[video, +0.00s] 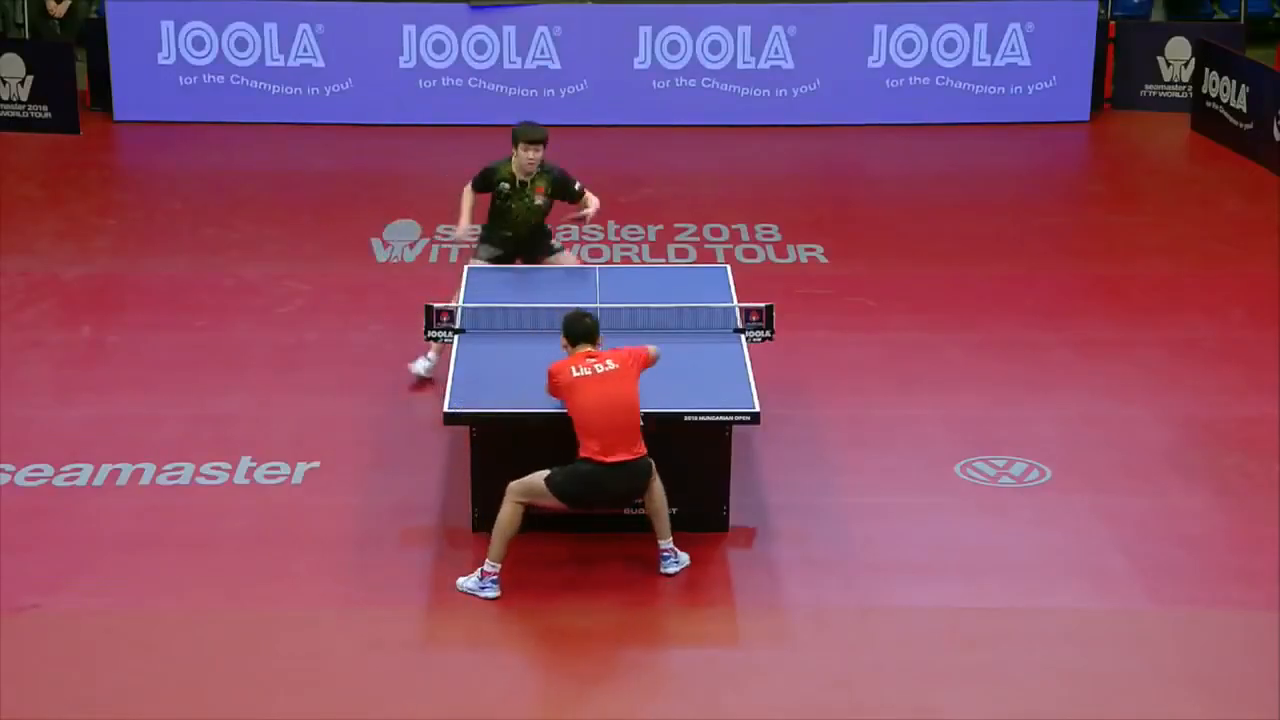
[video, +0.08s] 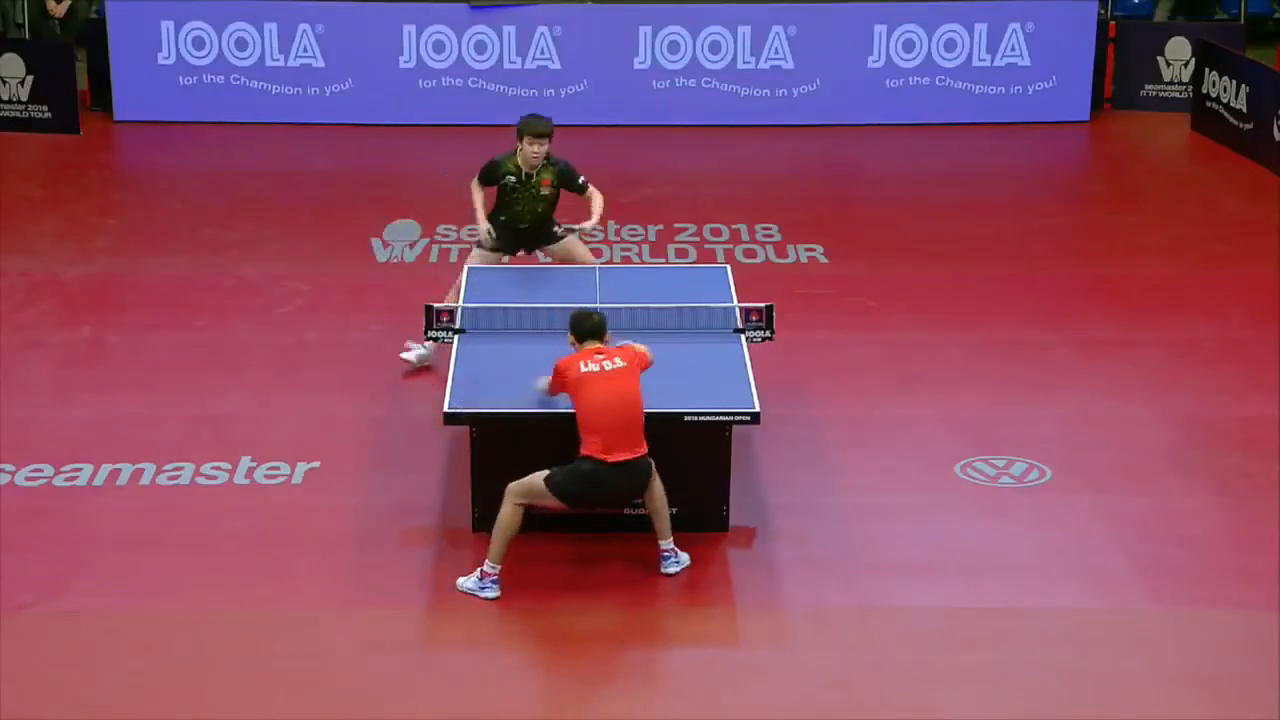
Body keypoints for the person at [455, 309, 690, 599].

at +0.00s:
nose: (560, 344)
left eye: (561, 339)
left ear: (565, 343)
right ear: (599, 338)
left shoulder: (560, 371)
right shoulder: (626, 358)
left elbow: (555, 393)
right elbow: (654, 353)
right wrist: (618, 359)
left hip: (589, 476)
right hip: (635, 474)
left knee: (516, 491)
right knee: (649, 470)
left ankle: (487, 576)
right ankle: (669, 554)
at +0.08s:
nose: (569, 341)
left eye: (570, 336)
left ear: (573, 339)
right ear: (607, 336)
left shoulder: (568, 365)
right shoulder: (629, 356)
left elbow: (550, 390)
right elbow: (649, 356)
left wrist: (547, 382)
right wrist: (629, 347)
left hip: (591, 474)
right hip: (635, 473)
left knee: (515, 492)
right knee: (649, 470)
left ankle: (487, 576)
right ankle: (669, 554)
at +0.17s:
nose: (570, 317)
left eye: (570, 312)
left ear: (572, 316)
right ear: (605, 313)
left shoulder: (563, 349)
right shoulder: (632, 341)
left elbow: (520, 394)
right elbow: (675, 376)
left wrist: (481, 423)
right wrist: (691, 371)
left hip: (584, 456)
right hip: (628, 457)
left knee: (511, 491)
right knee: (643, 475)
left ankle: (488, 578)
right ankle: (669, 554)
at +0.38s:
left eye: (559, 313)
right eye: (591, 312)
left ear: (558, 317)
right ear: (593, 316)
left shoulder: (543, 357)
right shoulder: (615, 354)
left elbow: (494, 400)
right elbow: (658, 397)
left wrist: (482, 393)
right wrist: (668, 386)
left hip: (560, 468)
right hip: (613, 466)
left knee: (509, 507)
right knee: (649, 493)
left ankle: (491, 593)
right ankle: (670, 571)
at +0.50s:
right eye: (599, 330)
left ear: (564, 332)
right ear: (599, 332)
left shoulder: (543, 366)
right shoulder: (614, 370)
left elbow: (508, 415)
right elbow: (648, 410)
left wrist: (534, 422)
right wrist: (645, 429)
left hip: (544, 475)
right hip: (595, 478)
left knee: (488, 517)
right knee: (650, 522)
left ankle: (454, 593)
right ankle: (685, 601)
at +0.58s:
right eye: (601, 338)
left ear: (566, 340)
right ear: (602, 341)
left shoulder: (543, 376)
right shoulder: (615, 382)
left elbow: (509, 427)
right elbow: (638, 439)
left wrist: (543, 435)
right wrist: (602, 439)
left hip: (540, 487)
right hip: (591, 490)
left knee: (486, 535)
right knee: (648, 527)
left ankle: (445, 606)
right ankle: (685, 608)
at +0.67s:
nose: (536, 361)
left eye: (536, 356)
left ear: (538, 357)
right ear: (569, 358)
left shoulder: (526, 394)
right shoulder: (586, 398)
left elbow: (498, 433)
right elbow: (596, 449)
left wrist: (536, 432)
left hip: (526, 509)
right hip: (576, 508)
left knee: (480, 550)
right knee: (635, 539)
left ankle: (443, 622)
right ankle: (685, 609)